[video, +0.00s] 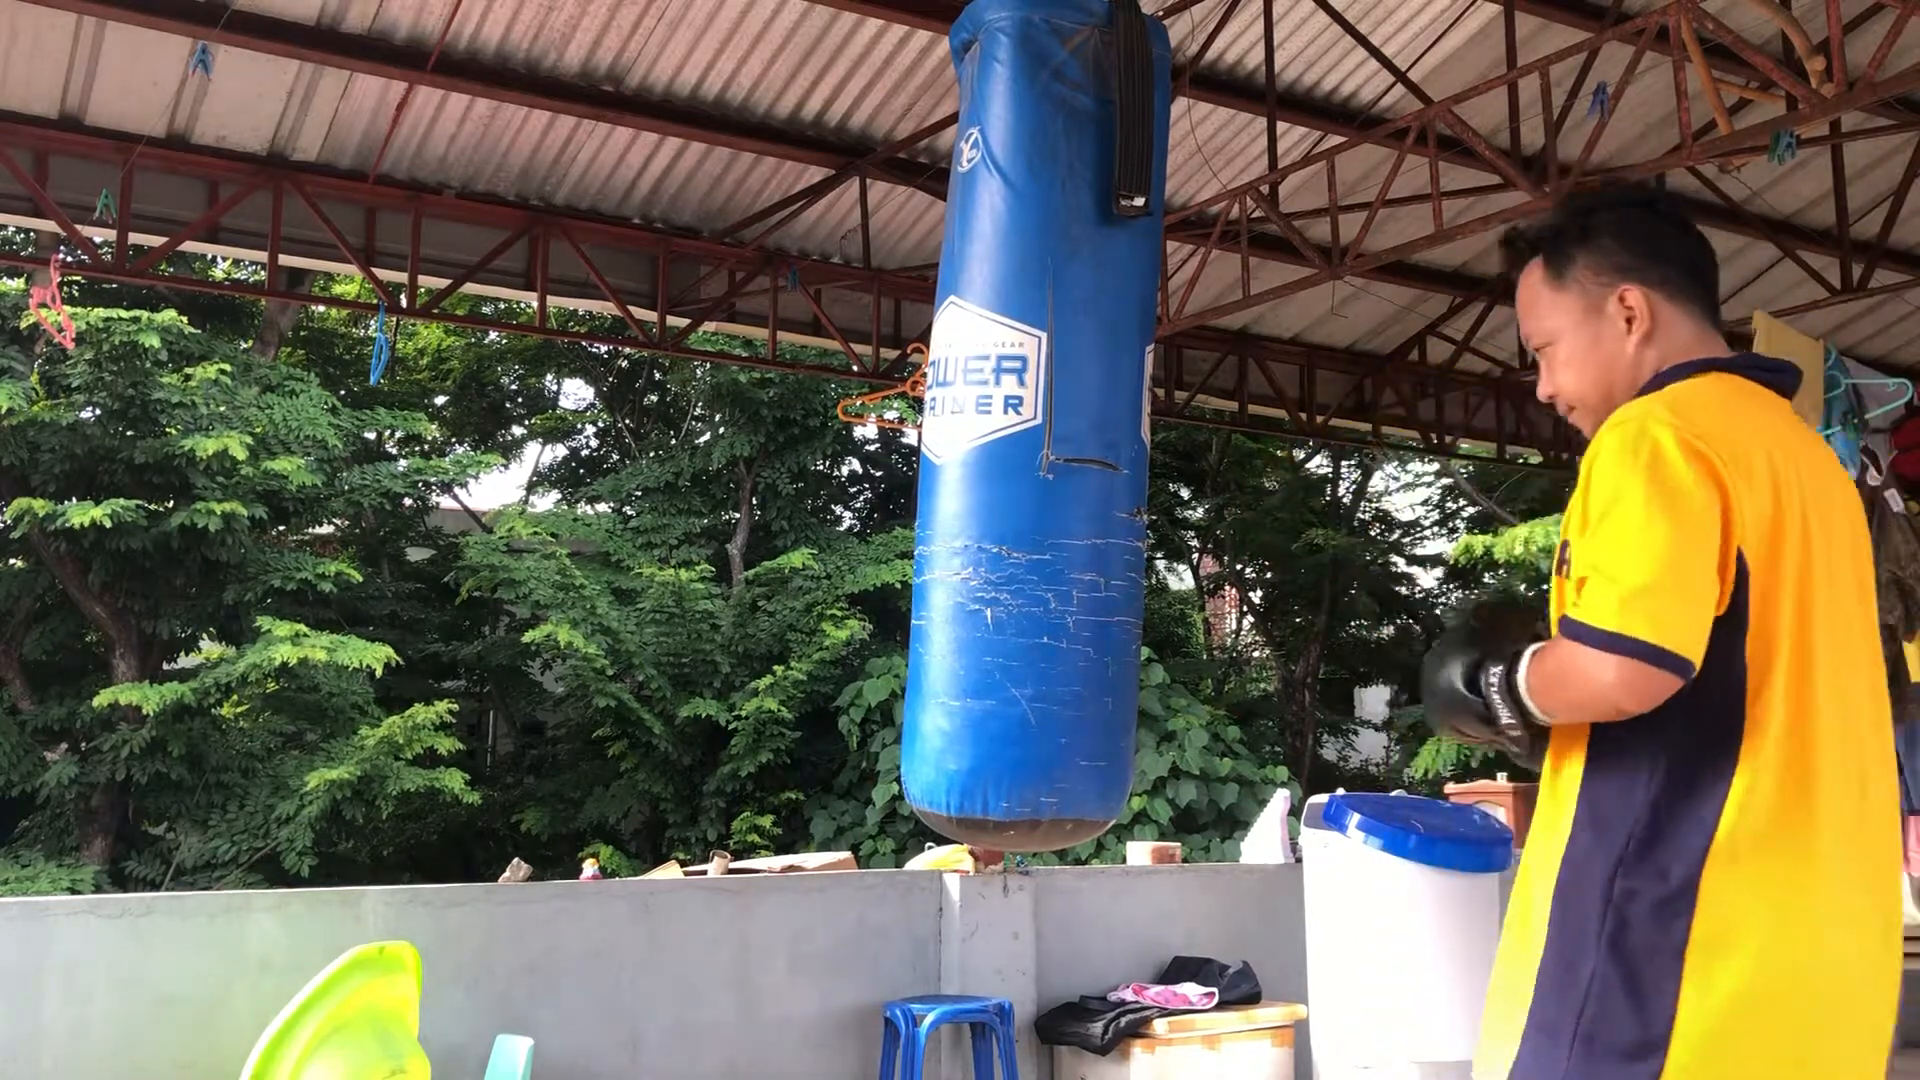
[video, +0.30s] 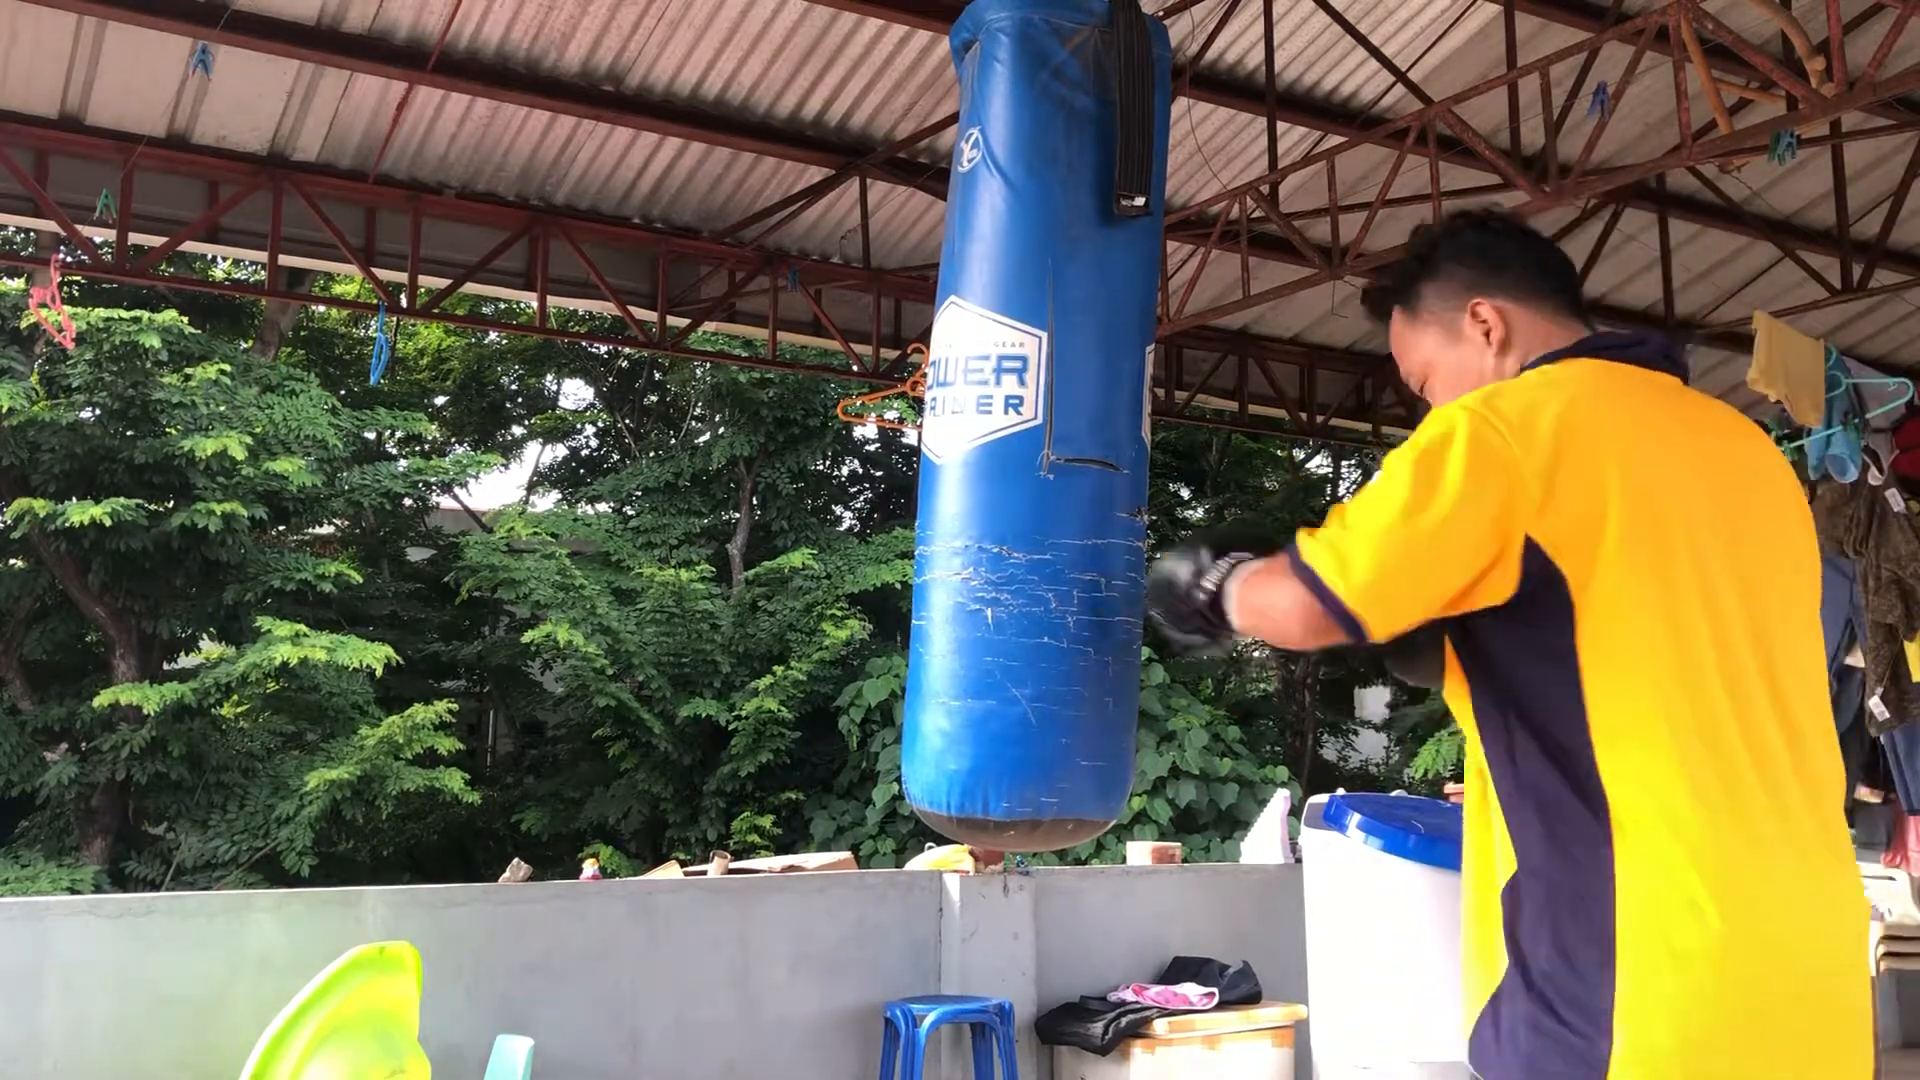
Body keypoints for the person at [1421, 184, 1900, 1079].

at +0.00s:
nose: (1543, 391)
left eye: (1543, 351)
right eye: (1533, 361)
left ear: (1630, 316)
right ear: (1638, 316)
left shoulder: (1658, 437)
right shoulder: (1811, 456)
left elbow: (1630, 662)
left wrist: (1496, 680)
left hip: (1662, 1011)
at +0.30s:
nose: (1435, 414)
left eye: (1426, 387)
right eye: (1420, 398)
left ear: (1486, 327)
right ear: (1574, 320)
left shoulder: (1508, 426)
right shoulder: (1754, 448)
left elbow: (1309, 605)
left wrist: (1210, 584)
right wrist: (1438, 645)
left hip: (1617, 1022)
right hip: (1817, 1013)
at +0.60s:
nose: (1543, 419)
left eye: (1535, 393)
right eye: (1529, 403)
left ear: (1598, 335)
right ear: (1698, 333)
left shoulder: (1623, 433)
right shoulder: (1868, 461)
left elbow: (1421, 626)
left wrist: (1280, 601)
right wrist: (1555, 785)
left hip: (1684, 1031)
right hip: (1881, 1018)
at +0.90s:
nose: (1756, 438)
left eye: (1747, 394)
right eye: (1737, 411)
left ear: (1817, 331)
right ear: (1825, 328)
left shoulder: (1876, 433)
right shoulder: (1890, 428)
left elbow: (1673, 637)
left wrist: (1634, 469)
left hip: (1864, 1027)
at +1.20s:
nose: (1788, 424)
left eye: (1790, 383)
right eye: (1776, 399)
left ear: (1877, 332)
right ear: (1883, 335)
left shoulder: (1875, 432)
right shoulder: (1889, 433)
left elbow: (1876, 671)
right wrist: (1817, 479)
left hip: (1861, 1019)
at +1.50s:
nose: (1589, 412)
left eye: (1587, 388)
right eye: (1580, 393)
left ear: (1650, 347)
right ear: (1766, 346)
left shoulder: (1600, 462)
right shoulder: (1901, 451)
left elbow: (1361, 601)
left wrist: (1215, 615)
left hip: (1766, 1021)